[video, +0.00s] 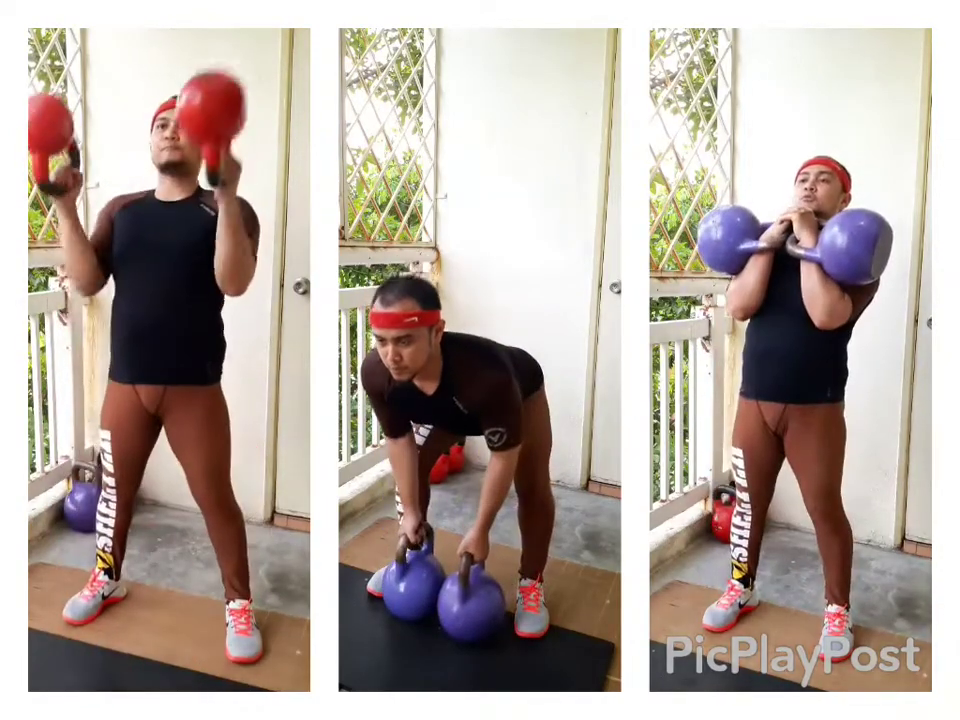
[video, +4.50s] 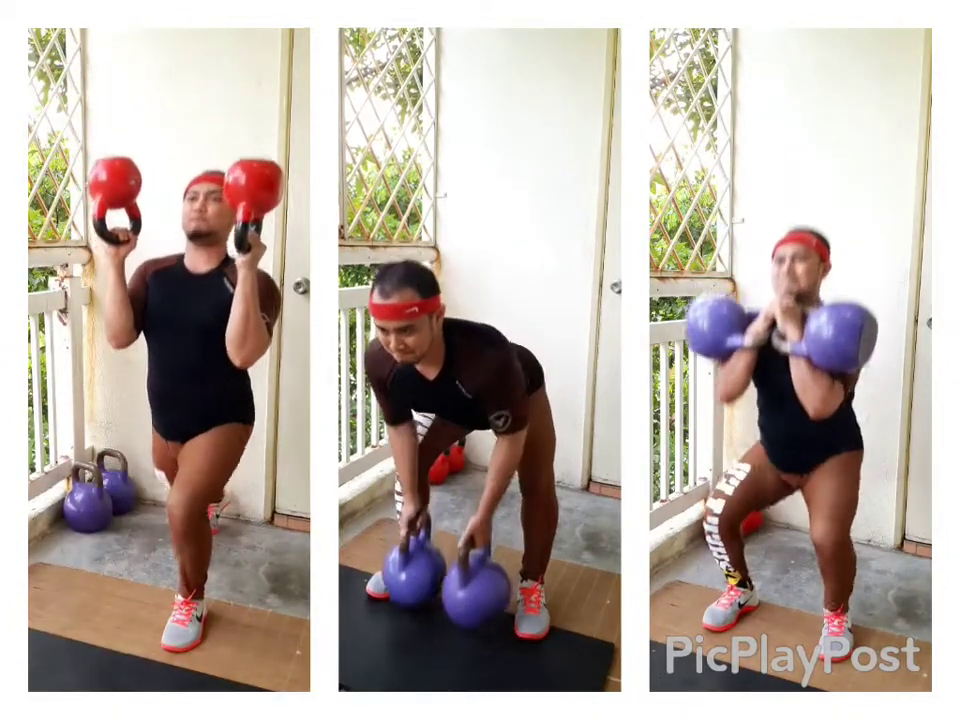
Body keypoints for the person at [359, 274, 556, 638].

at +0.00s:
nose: (392, 355)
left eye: (405, 341)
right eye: (382, 342)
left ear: (437, 332)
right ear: (373, 338)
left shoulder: (486, 374)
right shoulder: (376, 374)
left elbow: (504, 455)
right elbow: (398, 441)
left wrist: (481, 531)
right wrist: (409, 510)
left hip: (513, 391)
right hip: (446, 401)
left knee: (533, 488)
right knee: (413, 471)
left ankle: (531, 584)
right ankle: (410, 563)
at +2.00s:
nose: (389, 350)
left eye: (403, 336)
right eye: (380, 335)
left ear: (435, 330)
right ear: (371, 331)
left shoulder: (485, 379)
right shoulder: (374, 373)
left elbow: (488, 462)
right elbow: (404, 442)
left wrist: (479, 532)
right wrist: (412, 512)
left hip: (515, 389)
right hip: (453, 399)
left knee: (530, 487)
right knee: (415, 470)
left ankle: (531, 582)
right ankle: (409, 563)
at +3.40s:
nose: (393, 343)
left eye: (406, 330)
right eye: (382, 329)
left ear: (437, 318)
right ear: (373, 323)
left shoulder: (484, 360)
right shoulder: (378, 361)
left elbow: (516, 429)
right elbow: (399, 417)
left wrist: (486, 499)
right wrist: (412, 480)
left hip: (513, 395)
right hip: (452, 402)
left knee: (536, 486)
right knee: (407, 472)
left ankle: (531, 583)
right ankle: (406, 560)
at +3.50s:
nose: (392, 338)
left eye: (405, 325)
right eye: (381, 325)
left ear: (436, 312)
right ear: (372, 318)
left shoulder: (483, 349)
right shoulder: (377, 352)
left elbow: (527, 406)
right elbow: (396, 397)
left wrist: (491, 473)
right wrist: (408, 457)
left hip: (511, 399)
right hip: (452, 402)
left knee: (537, 485)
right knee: (410, 468)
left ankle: (531, 582)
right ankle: (412, 557)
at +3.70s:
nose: (391, 332)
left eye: (404, 318)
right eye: (380, 319)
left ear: (435, 305)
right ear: (371, 312)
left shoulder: (484, 334)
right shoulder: (376, 335)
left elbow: (542, 357)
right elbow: (394, 366)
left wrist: (498, 421)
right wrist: (407, 407)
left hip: (511, 393)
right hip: (447, 397)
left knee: (540, 482)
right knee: (411, 464)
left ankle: (531, 582)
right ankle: (413, 551)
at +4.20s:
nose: (396, 319)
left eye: (408, 305)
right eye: (385, 306)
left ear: (439, 291)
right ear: (375, 299)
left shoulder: (488, 332)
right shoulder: (379, 336)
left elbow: (528, 393)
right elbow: (398, 386)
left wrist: (491, 468)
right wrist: (412, 447)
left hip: (511, 400)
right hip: (450, 403)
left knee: (537, 486)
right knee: (407, 467)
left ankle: (531, 582)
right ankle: (411, 555)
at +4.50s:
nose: (395, 344)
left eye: (407, 331)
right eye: (384, 331)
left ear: (438, 314)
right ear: (375, 325)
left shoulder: (487, 355)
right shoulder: (379, 363)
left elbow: (512, 435)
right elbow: (401, 428)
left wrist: (484, 515)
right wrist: (411, 499)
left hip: (516, 396)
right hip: (456, 404)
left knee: (537, 486)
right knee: (412, 470)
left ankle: (532, 584)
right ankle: (407, 563)